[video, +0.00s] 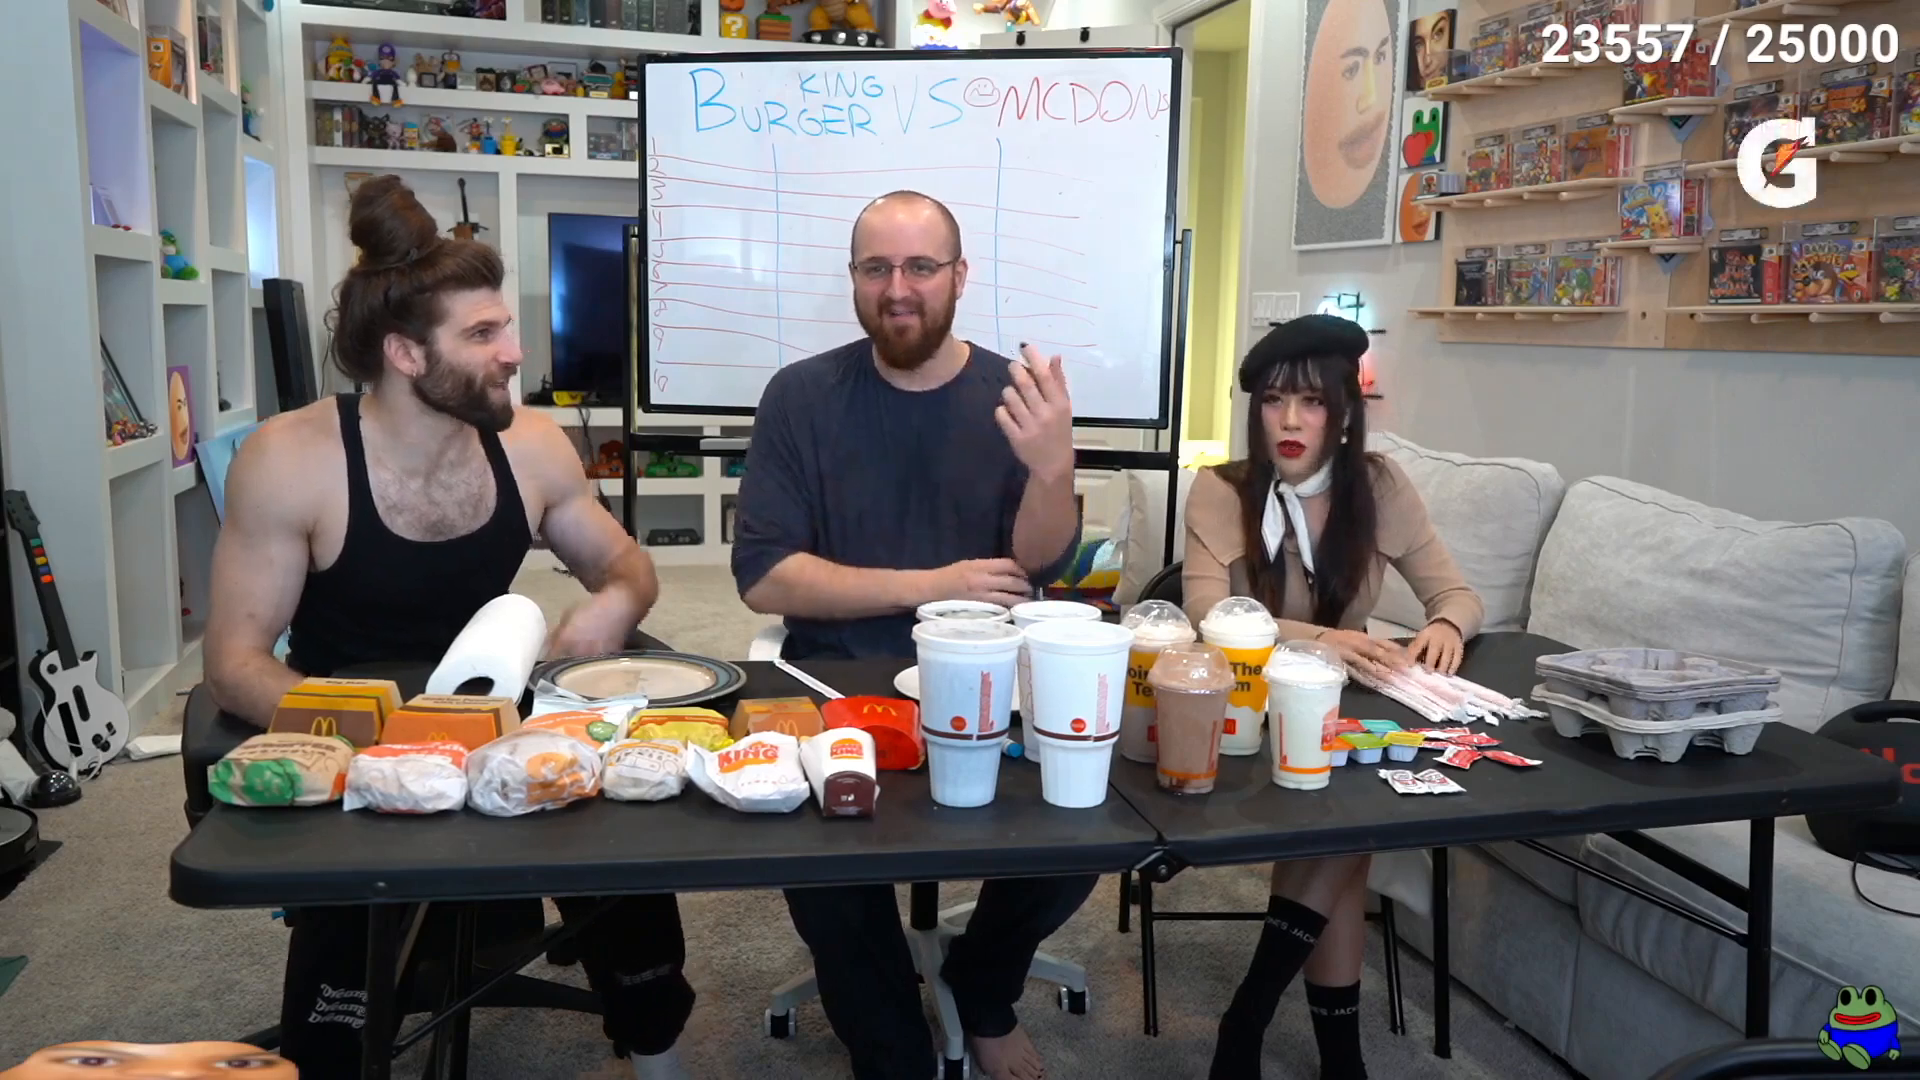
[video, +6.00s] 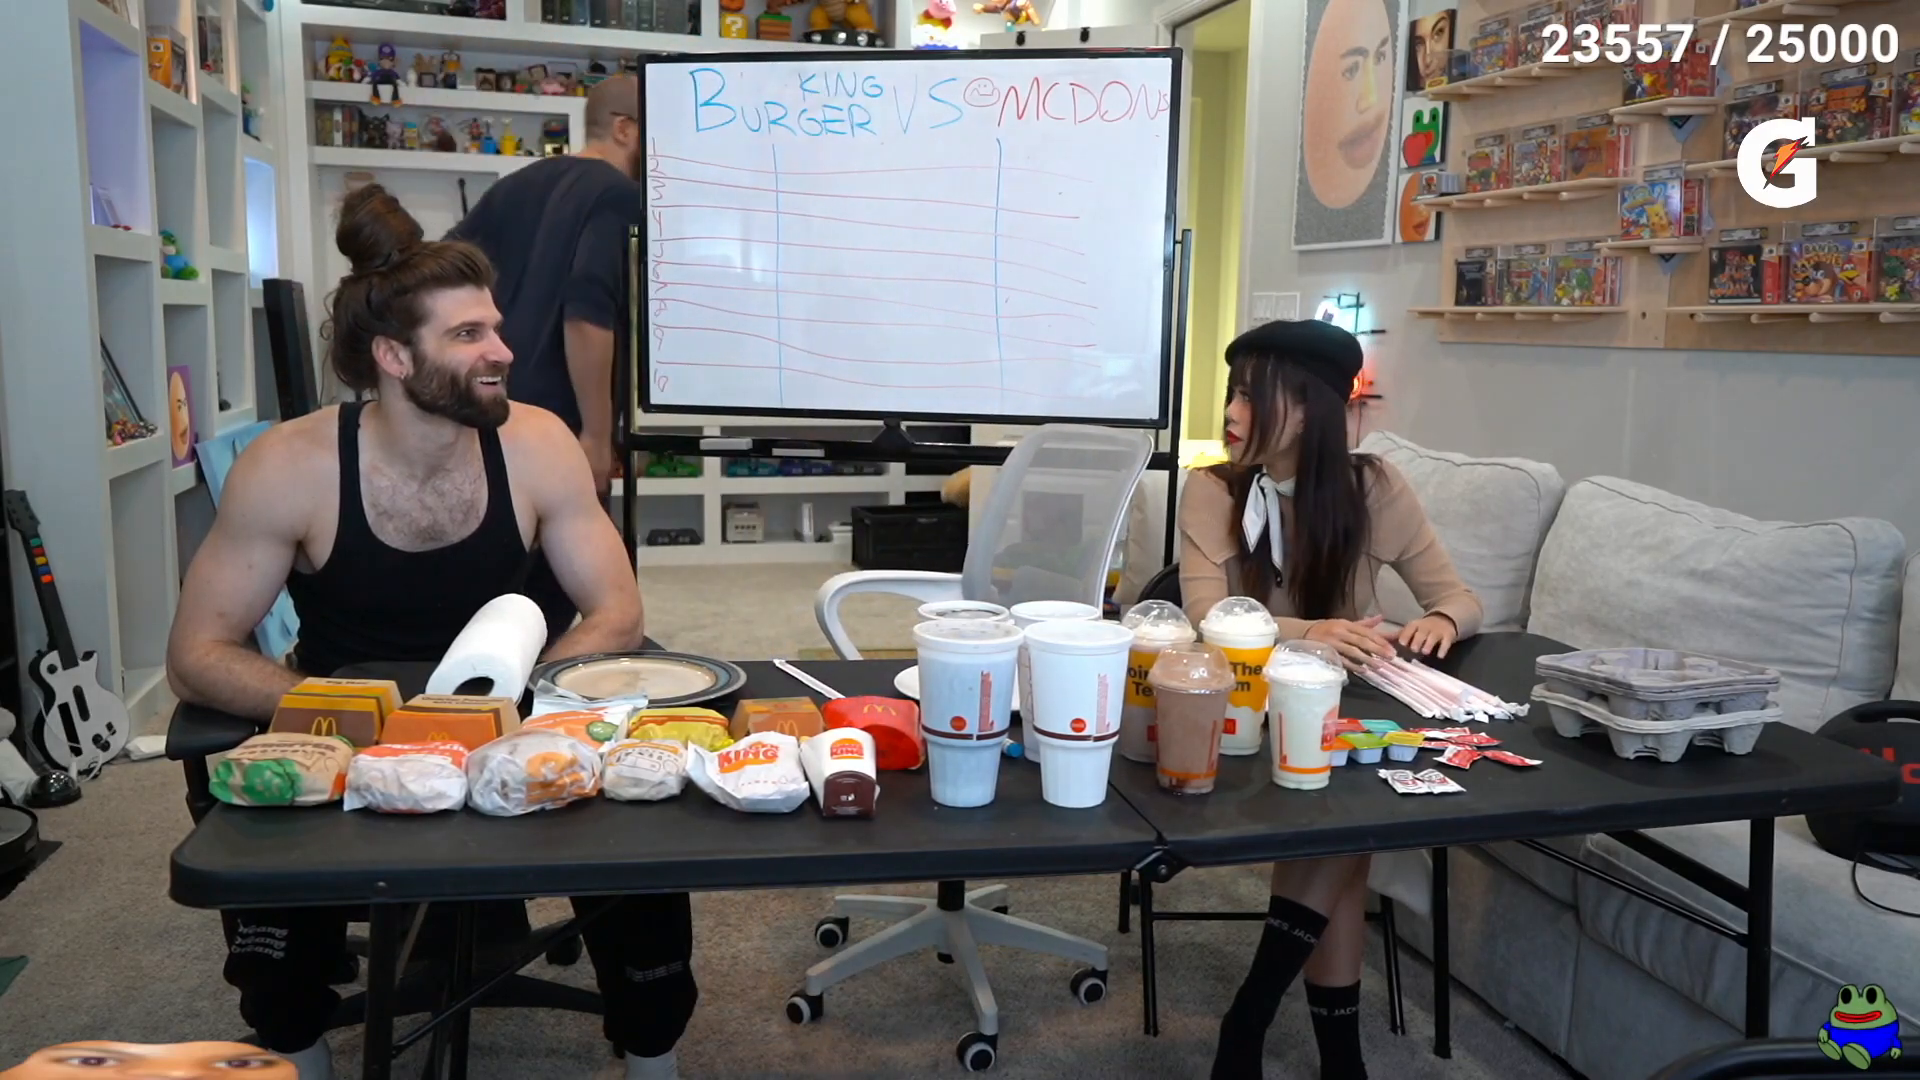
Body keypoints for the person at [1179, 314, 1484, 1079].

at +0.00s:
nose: (1290, 419)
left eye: (1312, 401)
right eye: (1275, 400)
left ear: (1345, 412)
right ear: (1254, 407)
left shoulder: (1378, 483)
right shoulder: (1219, 491)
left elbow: (1454, 593)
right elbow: (1211, 620)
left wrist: (1448, 623)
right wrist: (1318, 636)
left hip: (1339, 705)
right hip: (1242, 710)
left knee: (1346, 816)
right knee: (1350, 830)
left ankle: (1244, 1023)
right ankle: (1343, 1064)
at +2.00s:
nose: (1293, 417)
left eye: (1315, 399)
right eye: (1277, 398)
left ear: (1347, 411)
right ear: (1255, 406)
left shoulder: (1377, 482)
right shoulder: (1221, 492)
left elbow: (1454, 594)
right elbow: (1210, 622)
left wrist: (1449, 626)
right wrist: (1308, 634)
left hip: (1337, 706)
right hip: (1241, 710)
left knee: (1347, 814)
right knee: (1351, 829)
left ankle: (1245, 1026)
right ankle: (1343, 1064)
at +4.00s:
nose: (1298, 419)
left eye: (1320, 401)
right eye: (1282, 399)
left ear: (1349, 412)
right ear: (1258, 406)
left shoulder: (1379, 483)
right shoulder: (1222, 491)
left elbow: (1456, 595)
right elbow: (1209, 621)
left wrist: (1446, 624)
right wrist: (1308, 633)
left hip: (1334, 706)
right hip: (1239, 711)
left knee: (1345, 814)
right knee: (1349, 829)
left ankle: (1246, 1023)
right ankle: (1343, 1064)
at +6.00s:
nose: (1231, 410)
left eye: (1252, 394)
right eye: (1233, 391)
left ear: (1310, 407)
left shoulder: (1372, 484)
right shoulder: (1213, 489)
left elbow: (1459, 597)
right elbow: (1212, 621)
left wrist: (1441, 619)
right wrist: (1312, 632)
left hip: (1340, 704)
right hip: (1240, 709)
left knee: (1340, 819)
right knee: (1347, 833)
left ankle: (1244, 1027)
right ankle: (1343, 1065)